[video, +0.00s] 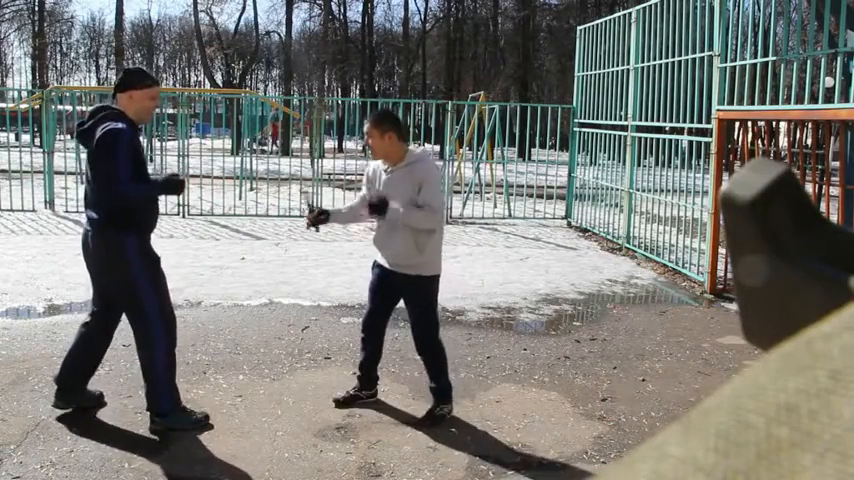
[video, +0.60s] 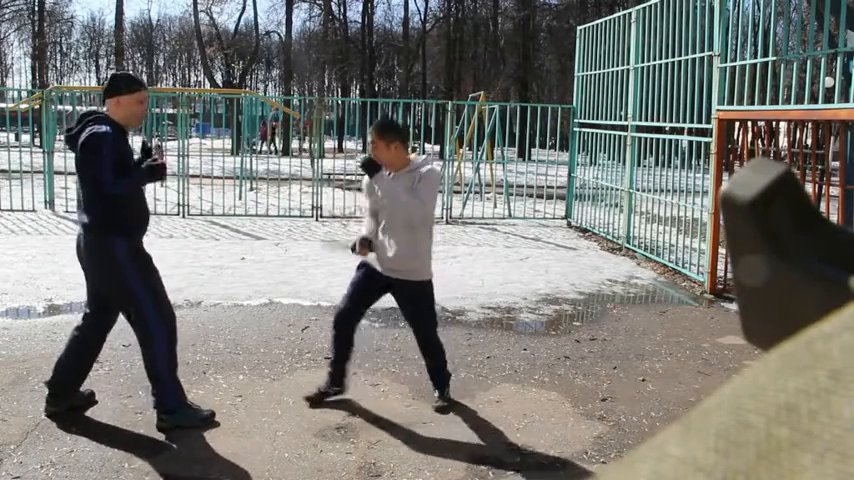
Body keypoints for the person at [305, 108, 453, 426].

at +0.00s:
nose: (367, 145)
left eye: (371, 139)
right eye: (367, 139)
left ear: (390, 138)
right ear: (385, 139)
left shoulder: (426, 167)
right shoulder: (375, 171)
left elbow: (434, 219)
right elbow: (367, 209)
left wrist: (390, 211)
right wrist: (330, 216)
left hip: (421, 270)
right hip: (387, 266)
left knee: (426, 341)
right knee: (371, 327)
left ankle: (443, 400)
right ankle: (366, 387)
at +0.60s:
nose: (372, 153)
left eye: (376, 147)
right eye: (372, 147)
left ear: (395, 146)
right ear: (382, 148)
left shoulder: (428, 173)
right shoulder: (376, 177)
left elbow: (419, 214)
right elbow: (372, 217)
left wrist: (379, 178)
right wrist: (365, 239)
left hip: (413, 273)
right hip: (376, 267)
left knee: (427, 336)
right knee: (344, 318)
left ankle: (442, 389)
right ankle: (335, 383)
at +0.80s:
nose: (341, 160)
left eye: (346, 154)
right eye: (339, 155)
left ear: (362, 152)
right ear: (337, 155)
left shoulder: (391, 174)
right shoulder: (333, 187)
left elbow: (396, 206)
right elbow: (300, 213)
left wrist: (365, 174)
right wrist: (274, 244)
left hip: (391, 277)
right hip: (351, 273)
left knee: (416, 337)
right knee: (315, 325)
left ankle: (441, 390)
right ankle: (288, 381)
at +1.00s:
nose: (282, 166)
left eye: (287, 160)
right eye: (281, 160)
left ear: (307, 159)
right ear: (282, 162)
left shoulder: (337, 179)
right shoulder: (280, 196)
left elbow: (367, 203)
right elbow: (252, 216)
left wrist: (327, 181)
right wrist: (226, 227)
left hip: (364, 268)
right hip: (323, 269)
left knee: (397, 324)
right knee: (298, 323)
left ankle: (429, 379)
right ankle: (285, 382)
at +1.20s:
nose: (267, 166)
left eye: (270, 158)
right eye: (265, 159)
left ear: (289, 156)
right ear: (273, 161)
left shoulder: (330, 171)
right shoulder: (272, 197)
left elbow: (347, 206)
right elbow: (253, 232)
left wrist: (306, 183)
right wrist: (224, 266)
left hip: (355, 261)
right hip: (314, 263)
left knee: (386, 318)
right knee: (295, 321)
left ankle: (412, 370)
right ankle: (284, 382)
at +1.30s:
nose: (276, 162)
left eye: (278, 155)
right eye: (273, 156)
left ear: (297, 150)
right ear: (280, 154)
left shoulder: (336, 169)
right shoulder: (277, 190)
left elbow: (345, 210)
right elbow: (271, 224)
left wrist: (306, 187)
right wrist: (247, 255)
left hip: (354, 261)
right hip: (313, 263)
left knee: (381, 319)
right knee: (295, 320)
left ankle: (405, 376)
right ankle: (284, 383)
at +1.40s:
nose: (287, 154)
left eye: (291, 148)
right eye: (286, 149)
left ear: (311, 146)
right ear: (296, 148)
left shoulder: (346, 167)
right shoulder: (291, 181)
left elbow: (351, 213)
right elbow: (293, 219)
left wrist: (313, 189)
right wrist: (272, 238)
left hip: (357, 263)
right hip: (317, 261)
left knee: (380, 323)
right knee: (299, 318)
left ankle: (401, 381)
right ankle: (284, 382)